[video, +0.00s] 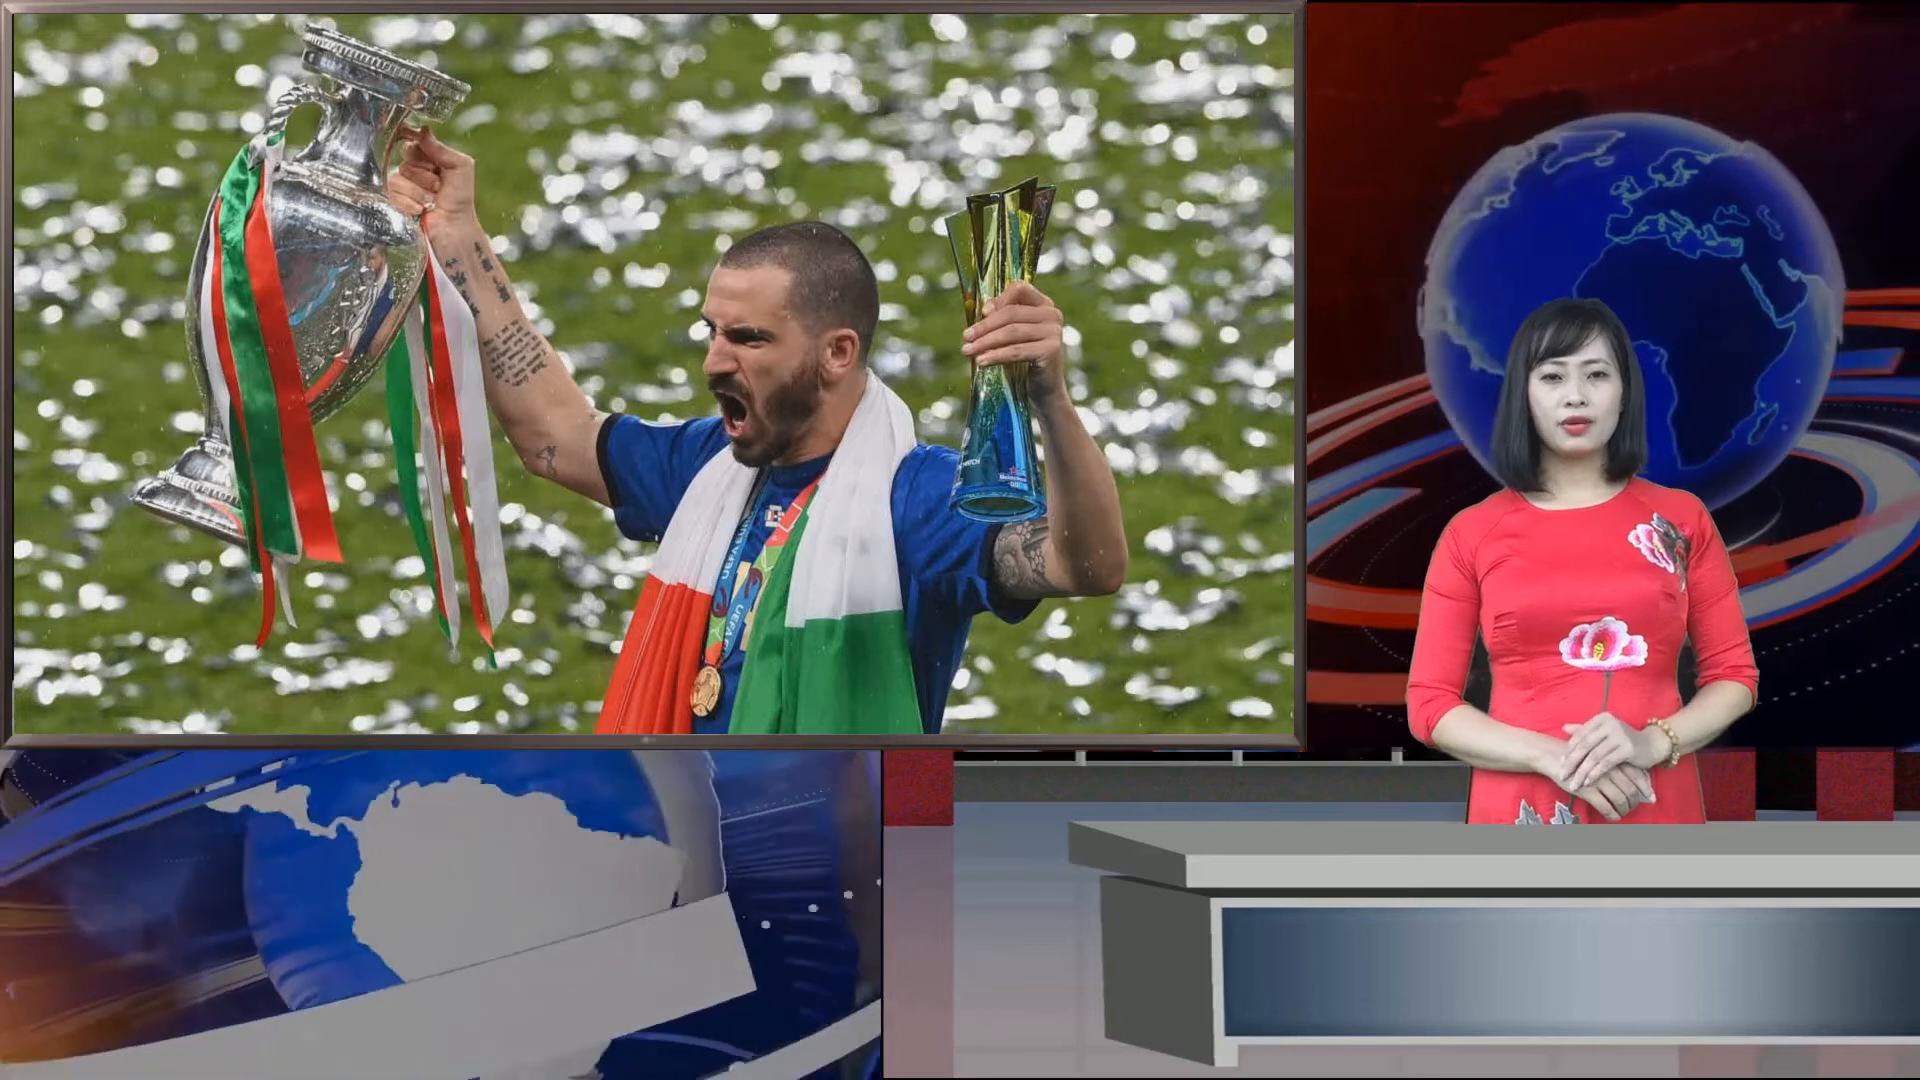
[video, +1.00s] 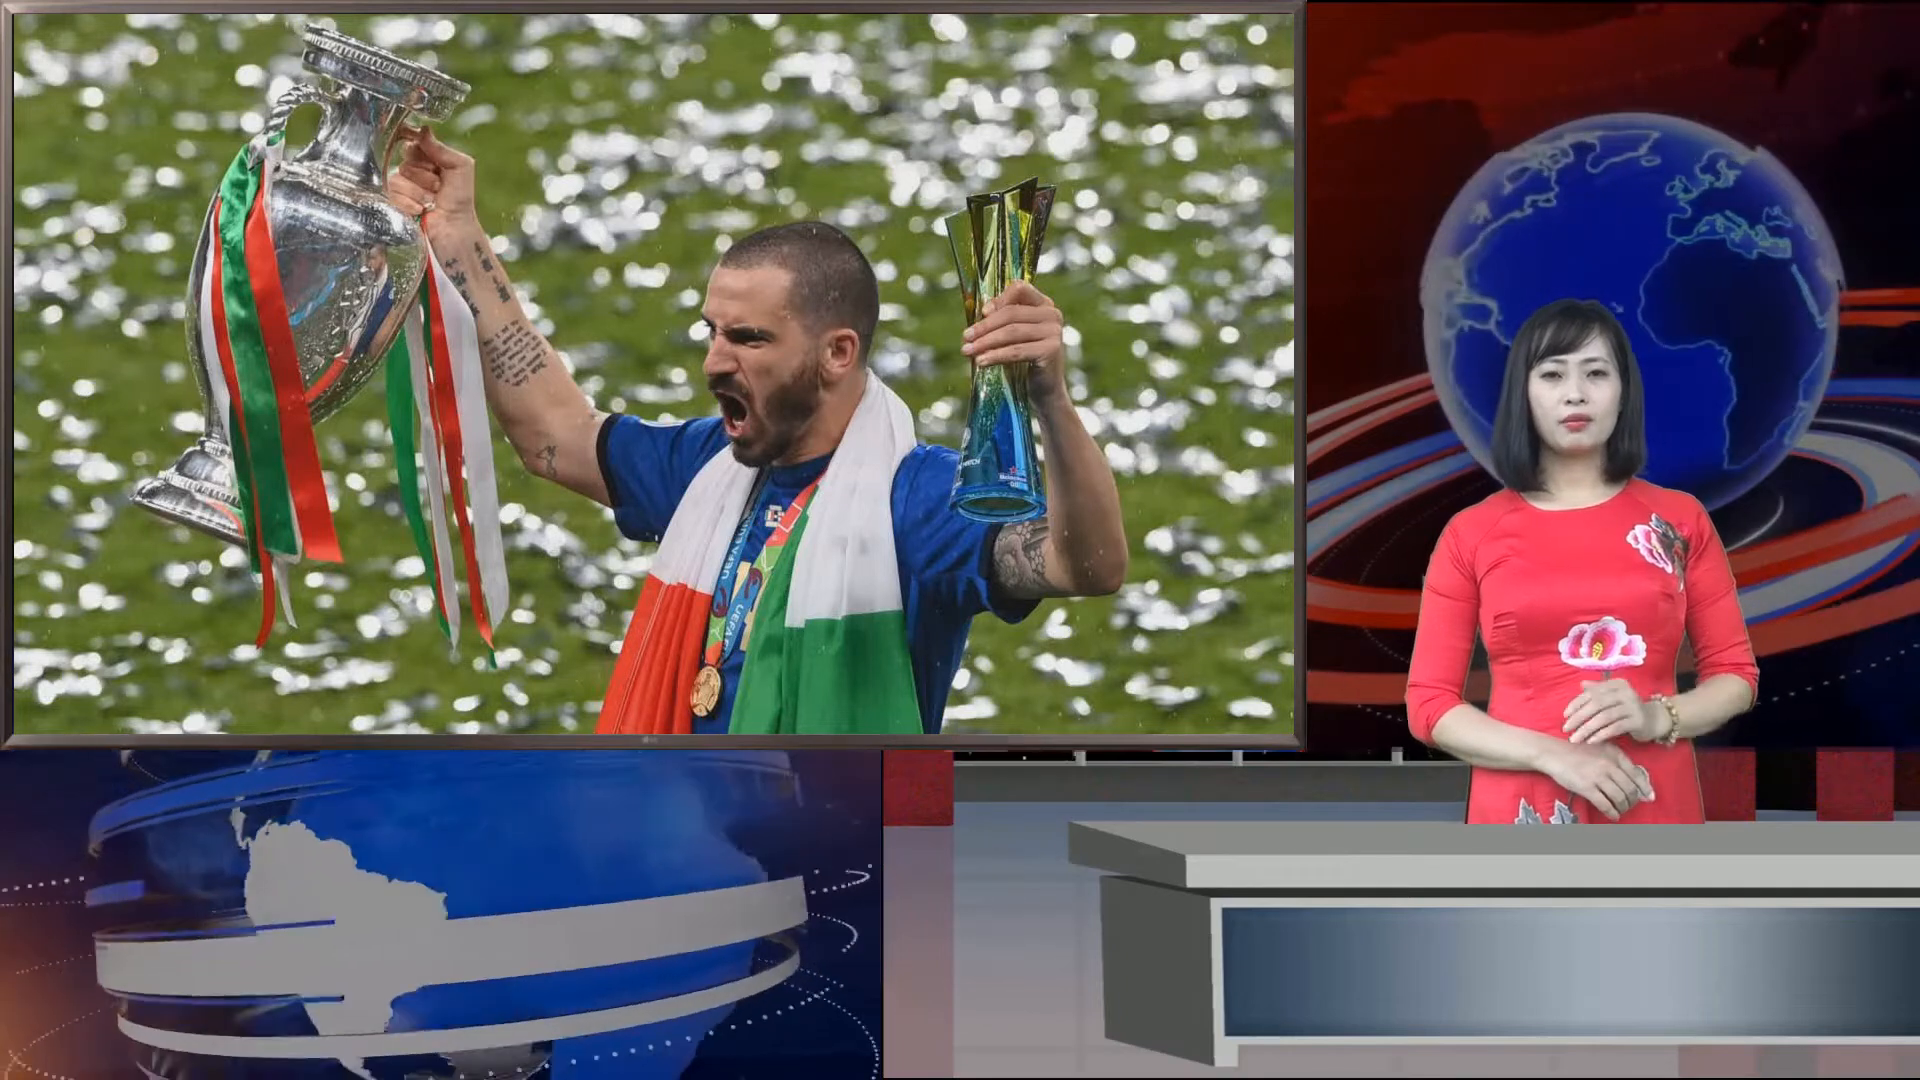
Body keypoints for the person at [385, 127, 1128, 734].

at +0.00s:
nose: (714, 361)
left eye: (747, 339)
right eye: (712, 333)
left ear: (839, 355)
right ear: (705, 327)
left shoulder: (915, 493)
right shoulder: (702, 465)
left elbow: (1090, 563)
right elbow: (557, 438)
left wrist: (1049, 398)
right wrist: (465, 253)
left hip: (832, 907)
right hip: (671, 893)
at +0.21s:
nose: (714, 361)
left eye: (747, 339)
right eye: (712, 333)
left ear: (839, 355)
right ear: (705, 327)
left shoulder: (915, 493)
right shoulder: (703, 465)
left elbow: (1090, 563)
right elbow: (557, 438)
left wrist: (1049, 398)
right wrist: (464, 252)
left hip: (834, 907)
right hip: (671, 892)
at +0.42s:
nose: (714, 362)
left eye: (747, 339)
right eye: (712, 333)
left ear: (839, 355)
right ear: (705, 327)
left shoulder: (915, 493)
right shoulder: (703, 466)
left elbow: (1090, 563)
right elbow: (557, 438)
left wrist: (1049, 398)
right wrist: (464, 251)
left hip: (828, 900)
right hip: (667, 891)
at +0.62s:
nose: (714, 362)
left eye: (747, 339)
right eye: (712, 333)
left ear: (839, 355)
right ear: (705, 327)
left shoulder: (915, 493)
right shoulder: (703, 466)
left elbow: (1090, 563)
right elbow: (557, 438)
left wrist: (1049, 398)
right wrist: (464, 251)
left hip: (830, 895)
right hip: (667, 888)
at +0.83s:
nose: (713, 361)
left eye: (747, 339)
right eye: (711, 333)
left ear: (839, 356)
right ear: (705, 327)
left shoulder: (915, 493)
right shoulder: (703, 465)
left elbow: (1089, 563)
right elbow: (557, 438)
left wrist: (1049, 398)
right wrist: (465, 254)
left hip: (832, 893)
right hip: (670, 886)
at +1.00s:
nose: (713, 362)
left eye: (747, 339)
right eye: (711, 333)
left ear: (839, 356)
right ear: (705, 327)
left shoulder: (915, 493)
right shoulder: (703, 466)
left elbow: (1090, 563)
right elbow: (557, 438)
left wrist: (1049, 399)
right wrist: (464, 252)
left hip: (833, 893)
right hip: (670, 883)